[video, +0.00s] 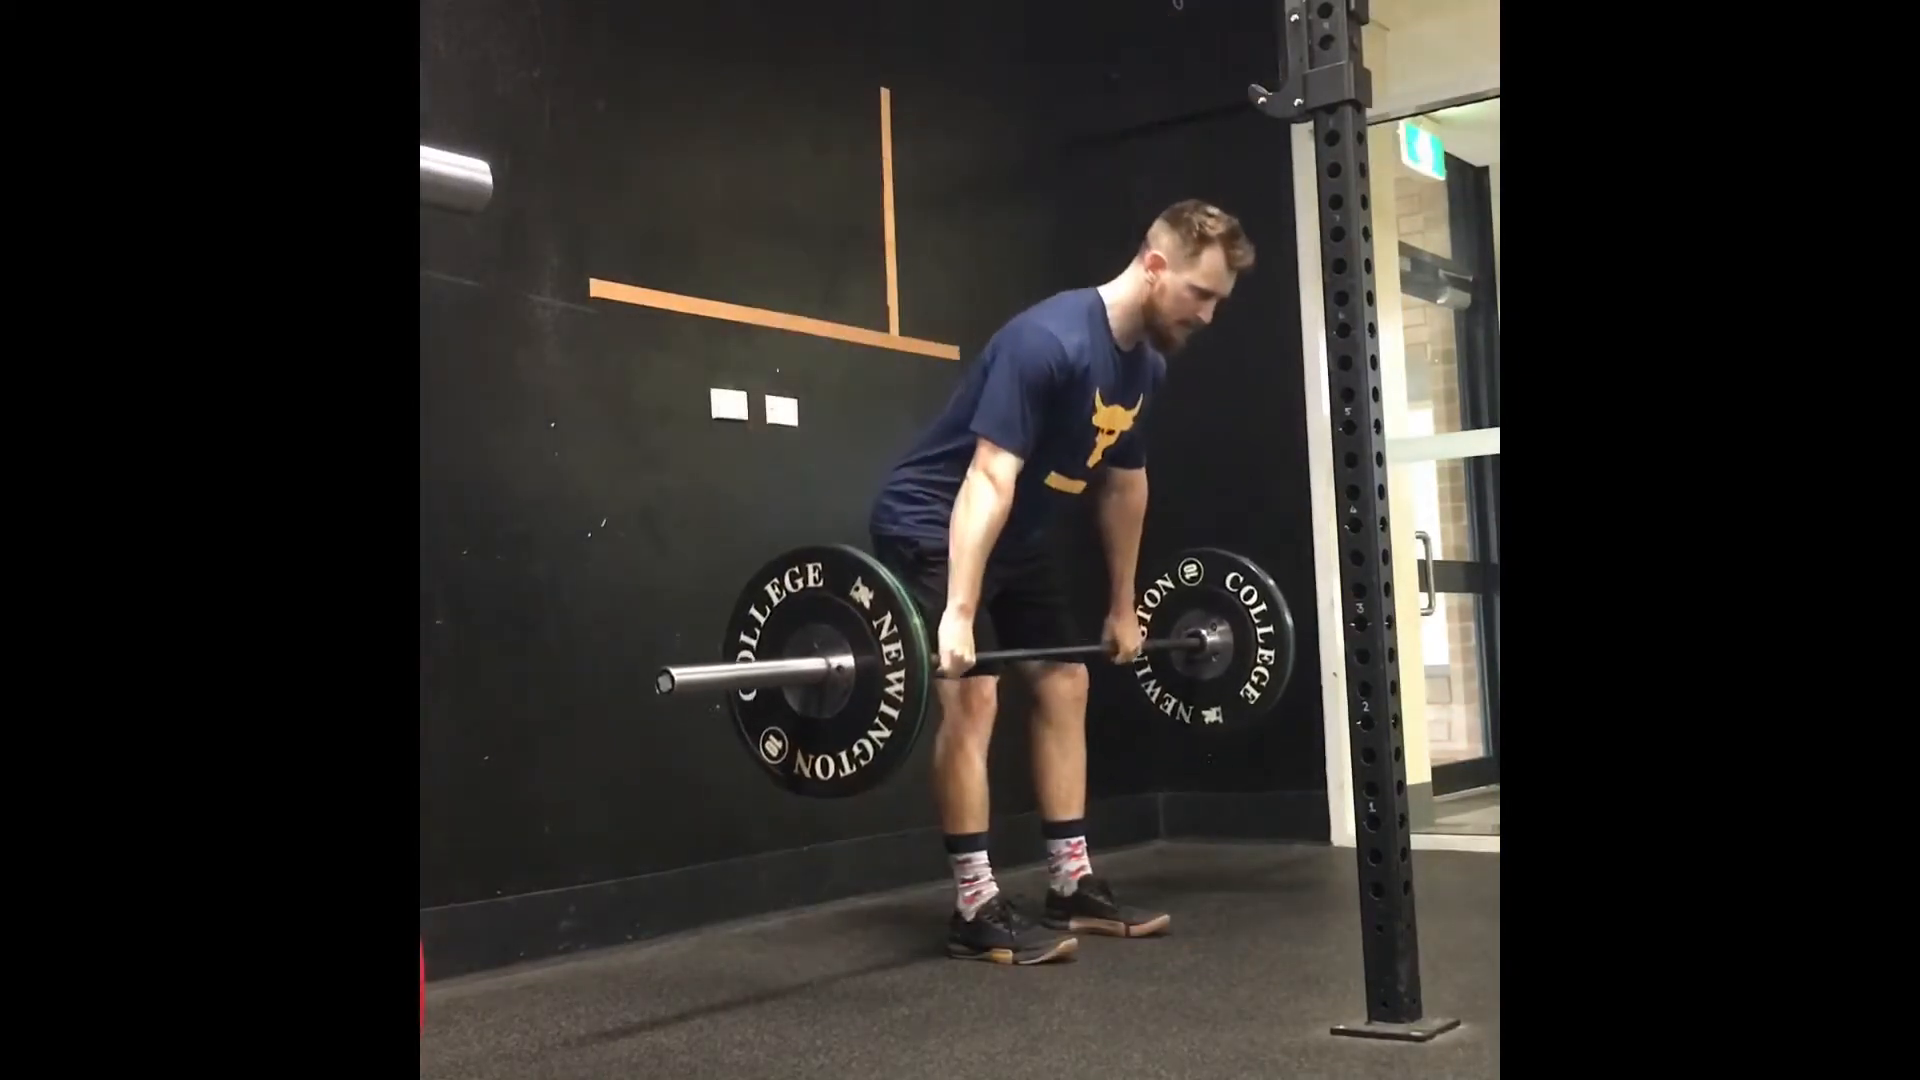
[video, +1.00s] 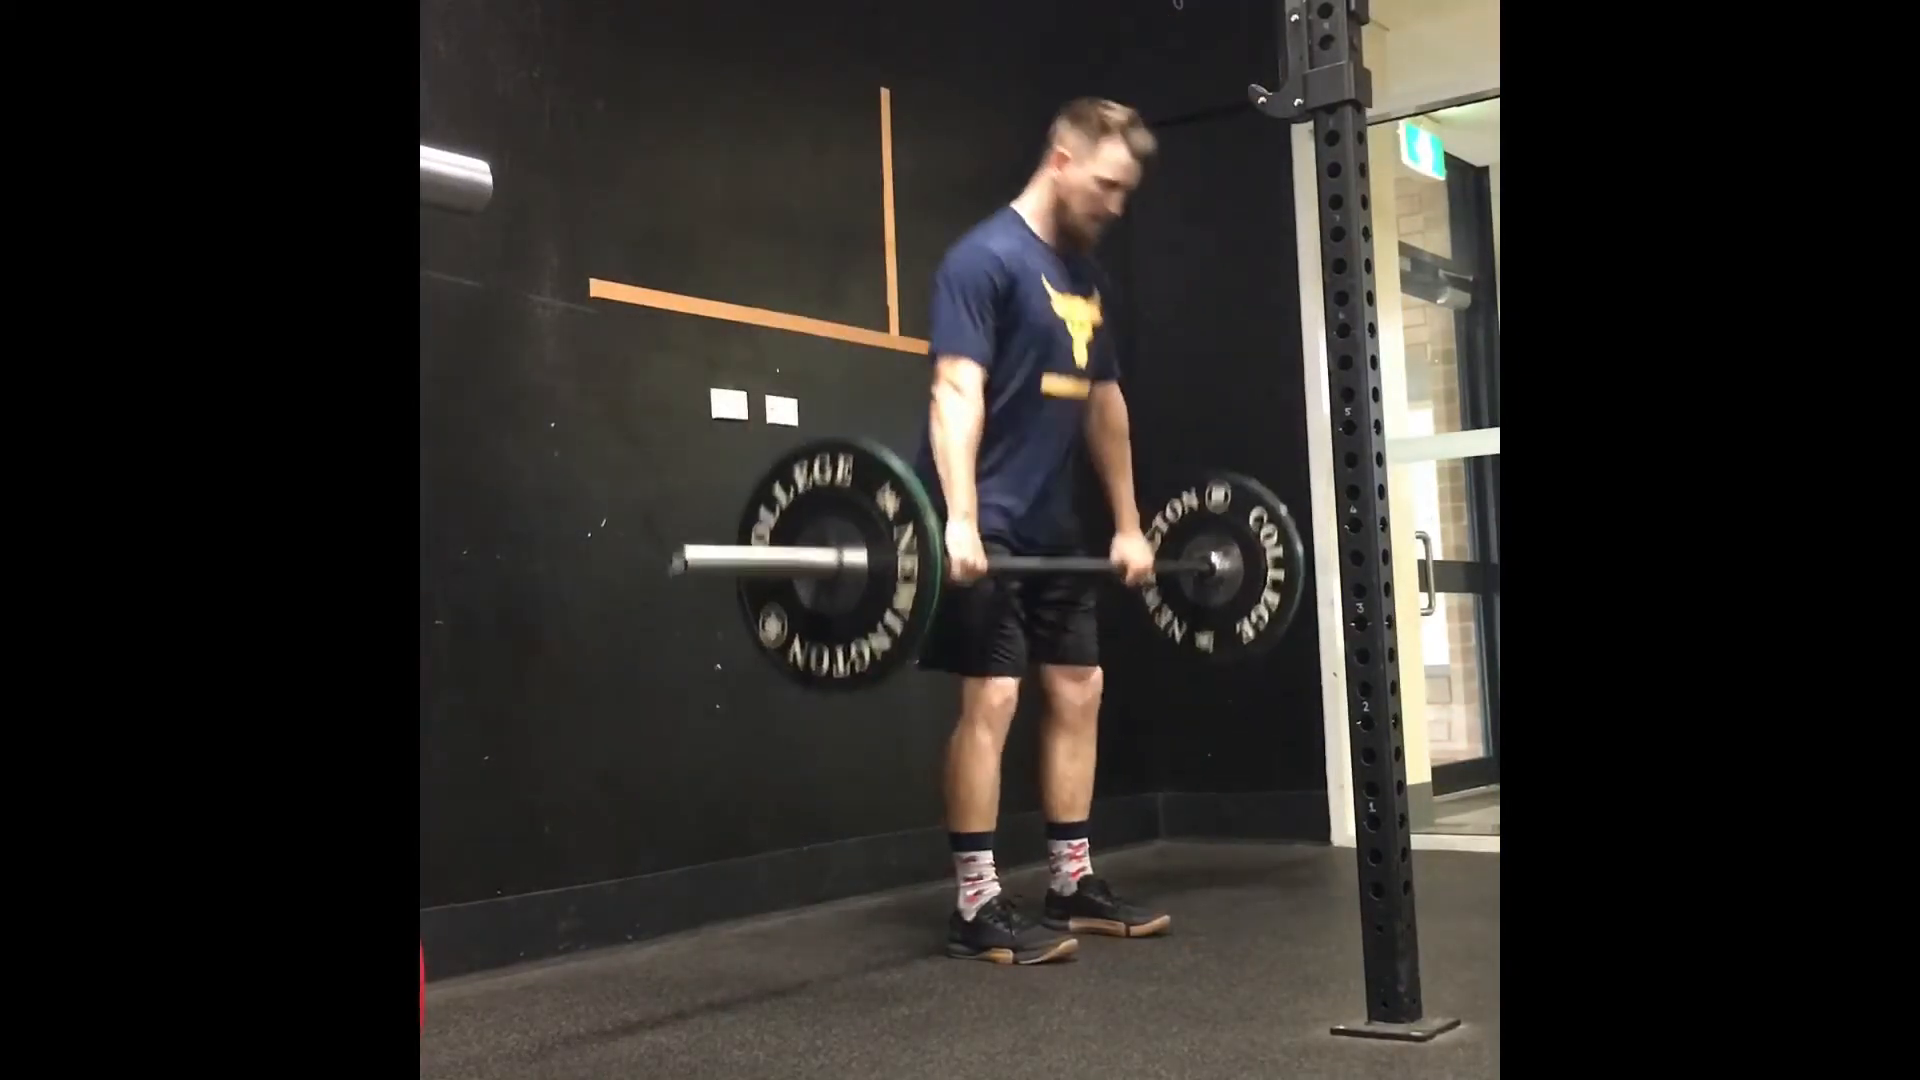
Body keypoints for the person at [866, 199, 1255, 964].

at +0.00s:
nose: (1207, 315)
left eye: (1217, 301)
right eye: (1200, 294)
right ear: (1153, 265)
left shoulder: (1144, 368)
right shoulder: (1047, 341)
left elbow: (1123, 483)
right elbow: (989, 478)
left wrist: (1123, 606)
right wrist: (959, 611)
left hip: (1024, 526)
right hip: (934, 521)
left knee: (1063, 680)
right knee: (971, 692)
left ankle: (1071, 884)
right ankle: (976, 903)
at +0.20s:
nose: (1215, 342)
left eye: (1226, 329)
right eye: (1209, 321)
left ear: (1173, 300)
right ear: (1161, 292)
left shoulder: (1149, 388)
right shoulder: (1052, 363)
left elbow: (1128, 504)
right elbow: (993, 498)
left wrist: (1124, 623)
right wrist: (960, 635)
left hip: (1017, 523)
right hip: (926, 519)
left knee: (1061, 681)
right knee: (966, 692)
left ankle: (1071, 884)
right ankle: (975, 905)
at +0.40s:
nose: (1219, 366)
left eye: (1230, 353)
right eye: (1213, 345)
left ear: (1173, 322)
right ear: (1167, 313)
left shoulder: (1151, 401)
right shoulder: (1054, 380)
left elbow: (1130, 518)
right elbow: (994, 514)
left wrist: (1124, 638)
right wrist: (960, 653)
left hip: (1010, 527)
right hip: (920, 525)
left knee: (1059, 684)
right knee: (963, 698)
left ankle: (1071, 885)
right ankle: (974, 906)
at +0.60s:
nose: (1216, 370)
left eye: (1227, 357)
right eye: (1210, 349)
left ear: (1171, 326)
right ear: (1164, 316)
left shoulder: (1151, 404)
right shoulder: (1051, 384)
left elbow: (1127, 522)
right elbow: (990, 518)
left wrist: (1121, 643)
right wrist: (958, 656)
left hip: (1009, 530)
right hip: (917, 527)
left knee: (1058, 683)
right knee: (961, 699)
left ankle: (1070, 884)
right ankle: (974, 907)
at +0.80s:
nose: (1196, 318)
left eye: (1205, 304)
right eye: (1189, 297)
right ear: (1139, 272)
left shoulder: (1138, 377)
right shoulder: (1038, 353)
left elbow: (1123, 501)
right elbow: (987, 492)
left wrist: (1125, 621)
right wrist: (961, 624)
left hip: (1018, 528)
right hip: (925, 527)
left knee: (1064, 681)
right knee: (967, 689)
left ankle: (1071, 886)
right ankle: (974, 905)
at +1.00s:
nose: (1115, 208)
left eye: (1124, 195)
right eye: (1109, 188)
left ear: (1095, 179)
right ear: (1059, 161)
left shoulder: (1084, 274)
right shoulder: (981, 259)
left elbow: (1104, 403)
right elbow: (955, 392)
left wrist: (1128, 521)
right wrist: (961, 518)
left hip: (1061, 526)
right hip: (989, 526)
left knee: (1076, 689)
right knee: (992, 699)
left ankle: (1072, 885)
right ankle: (976, 907)